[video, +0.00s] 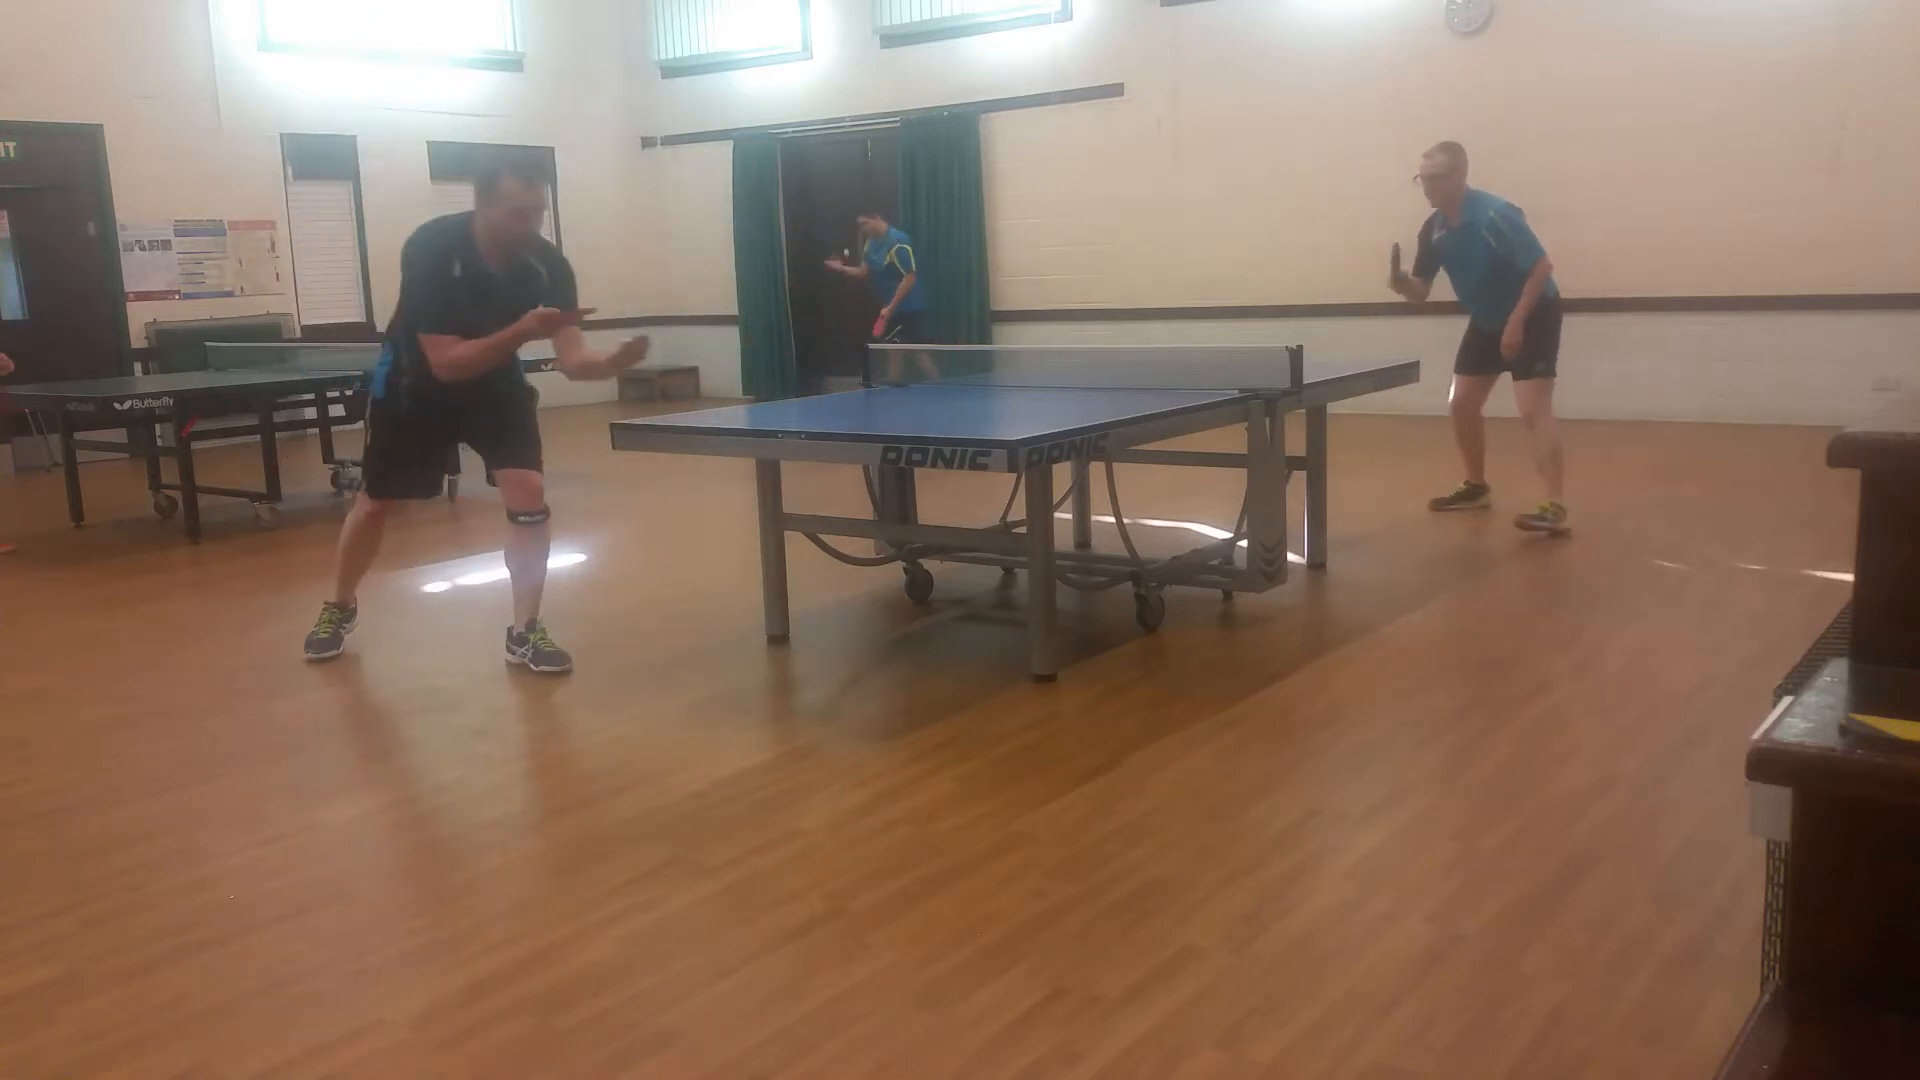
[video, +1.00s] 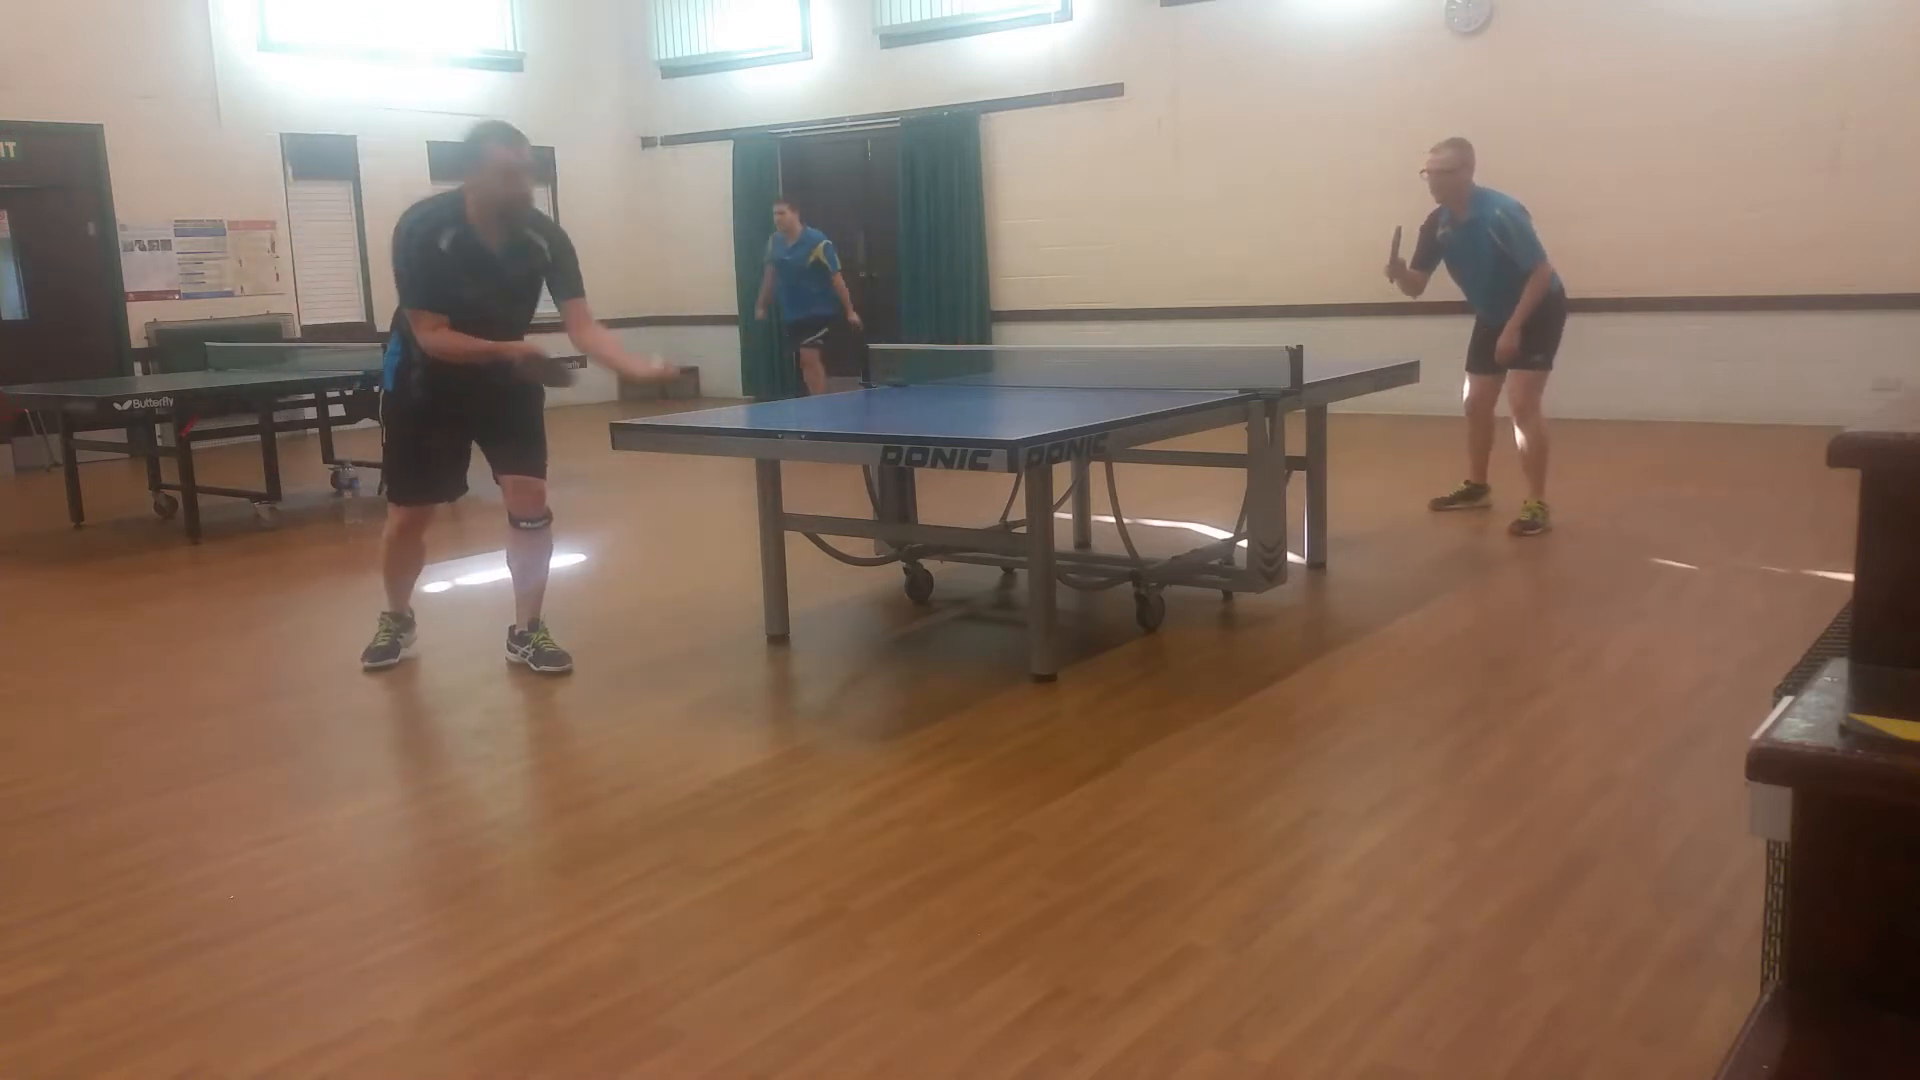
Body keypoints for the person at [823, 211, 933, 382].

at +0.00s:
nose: (863, 229)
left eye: (864, 224)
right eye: (861, 226)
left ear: (876, 219)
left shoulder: (898, 241)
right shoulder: (871, 243)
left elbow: (910, 277)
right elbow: (862, 272)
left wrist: (890, 308)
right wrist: (841, 268)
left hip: (908, 306)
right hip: (892, 306)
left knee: (894, 350)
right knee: (916, 350)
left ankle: (893, 395)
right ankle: (940, 388)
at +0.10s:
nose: (856, 226)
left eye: (858, 221)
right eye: (854, 222)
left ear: (872, 218)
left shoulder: (891, 245)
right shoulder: (864, 239)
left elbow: (904, 280)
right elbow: (857, 269)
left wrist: (891, 314)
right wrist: (831, 280)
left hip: (899, 310)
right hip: (879, 308)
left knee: (890, 353)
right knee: (903, 352)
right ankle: (928, 385)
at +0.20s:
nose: (851, 225)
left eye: (854, 220)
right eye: (849, 221)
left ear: (867, 218)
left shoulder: (887, 244)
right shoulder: (855, 239)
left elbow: (902, 282)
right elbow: (851, 269)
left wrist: (893, 315)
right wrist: (832, 291)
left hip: (890, 312)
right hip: (869, 311)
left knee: (892, 358)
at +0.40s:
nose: (841, 227)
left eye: (845, 223)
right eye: (839, 223)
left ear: (859, 222)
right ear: (837, 224)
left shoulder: (878, 244)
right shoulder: (840, 240)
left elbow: (889, 276)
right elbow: (838, 270)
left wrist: (862, 303)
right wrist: (838, 300)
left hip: (879, 308)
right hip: (851, 307)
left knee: (880, 351)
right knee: (845, 351)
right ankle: (856, 389)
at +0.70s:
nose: (807, 229)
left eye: (811, 224)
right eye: (805, 225)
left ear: (824, 224)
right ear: (803, 228)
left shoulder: (846, 247)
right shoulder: (807, 248)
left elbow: (862, 278)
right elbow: (810, 277)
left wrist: (834, 286)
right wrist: (808, 305)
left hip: (852, 315)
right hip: (822, 315)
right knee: (821, 359)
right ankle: (824, 408)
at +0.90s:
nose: (786, 219)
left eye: (790, 214)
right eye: (783, 214)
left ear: (804, 215)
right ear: (781, 218)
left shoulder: (826, 241)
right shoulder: (786, 241)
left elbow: (842, 277)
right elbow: (784, 275)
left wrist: (844, 312)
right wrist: (779, 307)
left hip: (826, 316)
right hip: (799, 317)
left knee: (825, 358)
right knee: (810, 363)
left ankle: (847, 398)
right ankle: (824, 407)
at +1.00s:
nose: (777, 218)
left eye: (781, 213)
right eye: (775, 214)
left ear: (795, 214)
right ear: (773, 217)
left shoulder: (818, 242)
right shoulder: (775, 241)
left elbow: (837, 279)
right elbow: (769, 275)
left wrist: (850, 310)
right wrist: (762, 304)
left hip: (817, 310)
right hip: (791, 312)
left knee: (808, 359)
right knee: (808, 360)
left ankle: (820, 407)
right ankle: (821, 406)